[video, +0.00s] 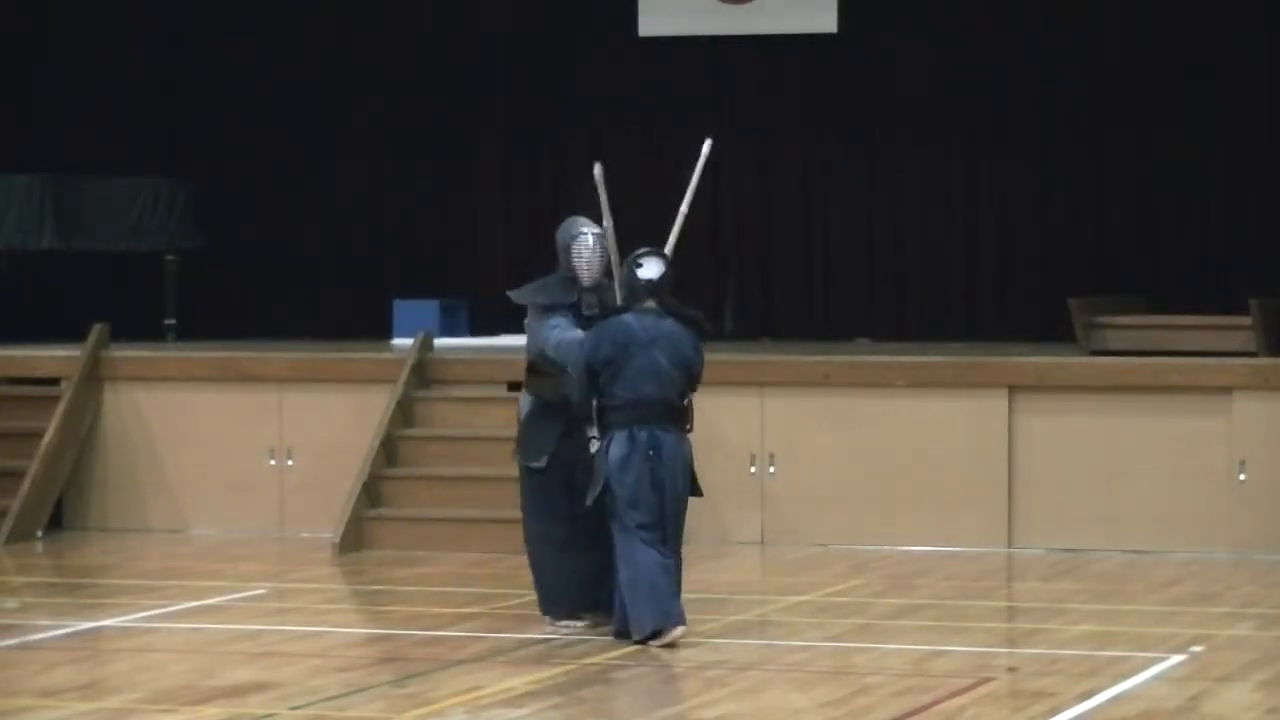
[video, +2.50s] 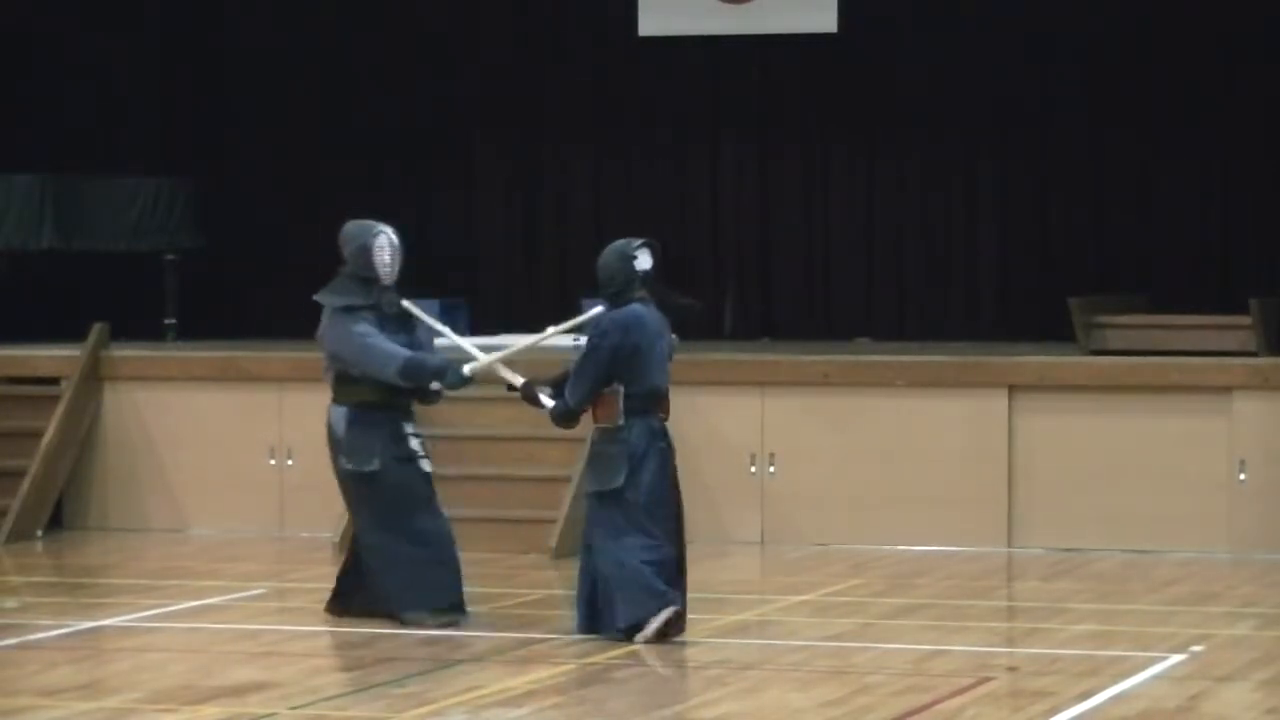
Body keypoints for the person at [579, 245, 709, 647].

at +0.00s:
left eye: (626, 281)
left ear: (626, 285)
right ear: (663, 288)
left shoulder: (607, 332)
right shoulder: (684, 334)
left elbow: (583, 387)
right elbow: (691, 380)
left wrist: (591, 417)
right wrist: (658, 398)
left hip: (625, 435)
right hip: (671, 435)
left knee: (634, 525)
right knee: (665, 527)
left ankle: (663, 617)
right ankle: (637, 617)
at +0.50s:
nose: (626, 276)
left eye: (629, 270)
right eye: (631, 269)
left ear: (636, 277)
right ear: (672, 278)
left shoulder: (627, 321)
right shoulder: (690, 322)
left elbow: (576, 358)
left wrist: (575, 330)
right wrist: (624, 313)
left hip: (650, 432)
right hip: (692, 430)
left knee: (643, 526)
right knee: (681, 526)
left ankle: (670, 619)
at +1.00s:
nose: (620, 287)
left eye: (622, 281)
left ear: (628, 284)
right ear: (664, 283)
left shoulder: (618, 332)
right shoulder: (684, 327)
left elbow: (589, 396)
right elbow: (686, 367)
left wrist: (600, 363)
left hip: (641, 437)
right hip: (680, 434)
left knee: (647, 529)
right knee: (676, 528)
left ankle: (677, 628)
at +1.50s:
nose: (570, 287)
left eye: (573, 282)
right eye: (573, 282)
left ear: (582, 283)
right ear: (614, 282)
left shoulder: (580, 324)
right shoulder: (636, 322)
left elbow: (538, 365)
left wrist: (543, 321)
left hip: (606, 431)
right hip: (640, 429)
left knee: (612, 521)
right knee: (629, 519)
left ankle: (660, 610)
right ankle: (607, 621)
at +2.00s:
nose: (581, 282)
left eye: (583, 276)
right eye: (585, 276)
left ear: (589, 279)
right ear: (621, 275)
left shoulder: (588, 326)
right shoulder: (640, 320)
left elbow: (553, 383)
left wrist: (528, 382)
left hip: (605, 432)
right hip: (636, 429)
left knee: (605, 520)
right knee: (627, 517)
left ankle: (663, 604)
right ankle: (599, 615)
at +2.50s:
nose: (601, 284)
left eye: (604, 277)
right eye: (604, 276)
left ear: (610, 279)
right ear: (640, 277)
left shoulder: (613, 326)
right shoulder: (655, 321)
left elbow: (576, 398)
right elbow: (603, 370)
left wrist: (543, 400)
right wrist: (551, 387)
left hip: (622, 435)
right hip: (653, 430)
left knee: (608, 525)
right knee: (646, 522)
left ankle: (651, 606)